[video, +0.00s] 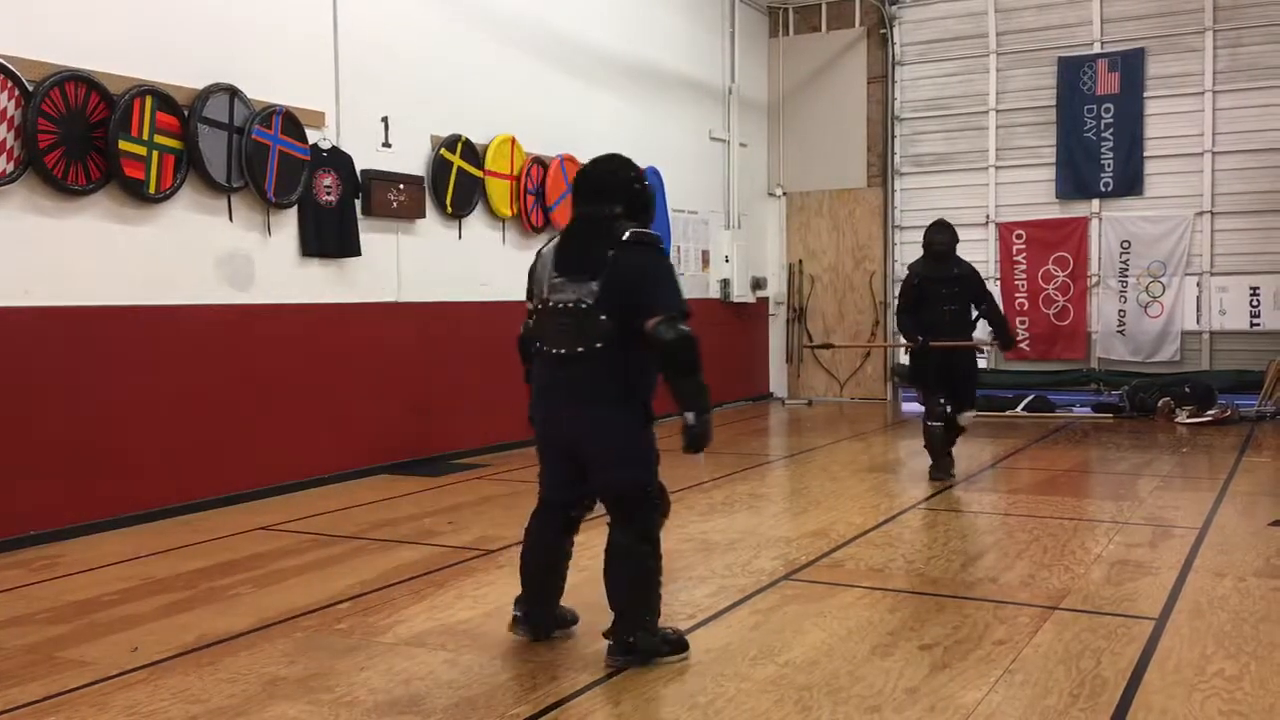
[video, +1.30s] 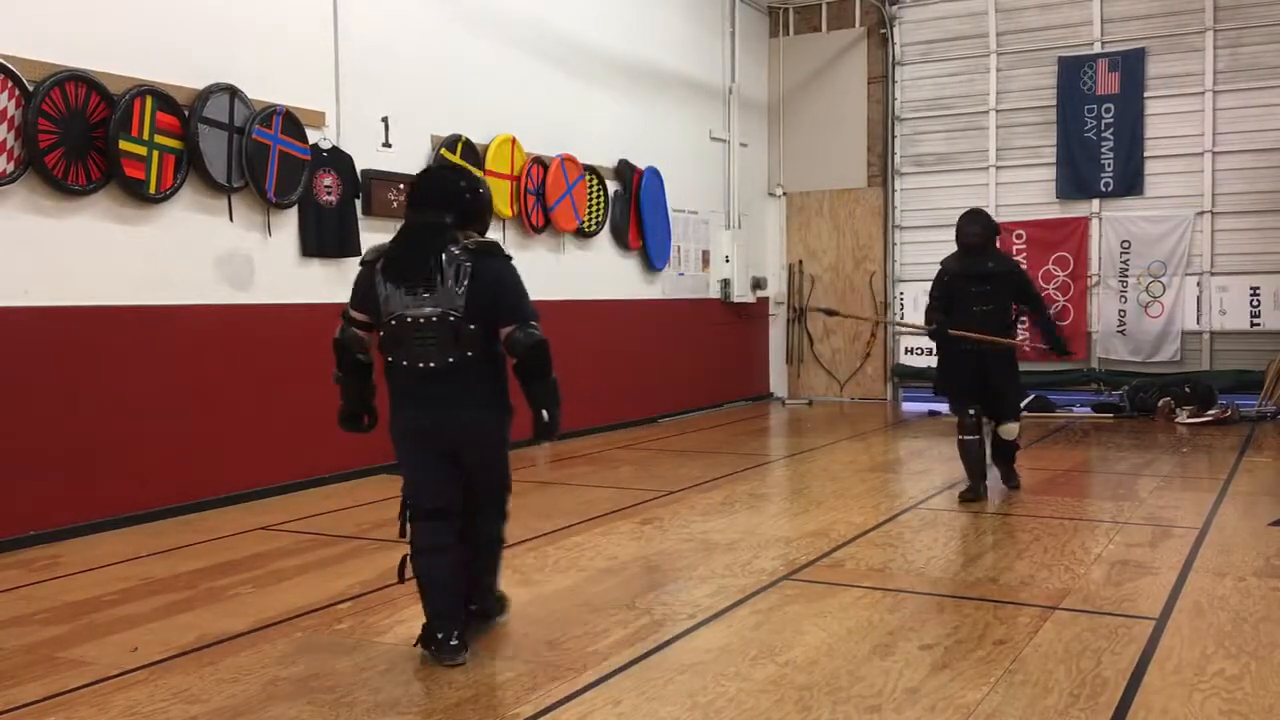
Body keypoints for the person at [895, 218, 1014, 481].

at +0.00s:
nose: (942, 251)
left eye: (947, 245)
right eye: (937, 245)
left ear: (955, 244)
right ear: (927, 244)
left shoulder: (965, 272)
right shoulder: (917, 273)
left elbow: (987, 305)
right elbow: (903, 313)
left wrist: (1005, 335)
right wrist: (913, 337)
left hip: (960, 350)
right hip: (928, 351)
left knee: (964, 410)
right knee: (935, 407)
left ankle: (944, 448)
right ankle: (939, 465)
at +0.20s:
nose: (953, 247)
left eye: (958, 241)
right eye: (948, 241)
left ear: (965, 241)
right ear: (937, 239)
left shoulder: (971, 269)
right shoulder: (924, 269)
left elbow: (989, 303)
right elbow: (909, 311)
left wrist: (1015, 312)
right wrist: (920, 329)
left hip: (968, 345)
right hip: (934, 346)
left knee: (982, 405)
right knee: (937, 406)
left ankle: (971, 458)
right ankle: (939, 465)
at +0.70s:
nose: (988, 244)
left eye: (993, 237)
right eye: (982, 237)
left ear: (1002, 238)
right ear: (972, 237)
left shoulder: (1009, 269)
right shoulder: (958, 268)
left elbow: (1033, 297)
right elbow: (942, 305)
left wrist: (1058, 311)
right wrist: (948, 324)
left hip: (1001, 349)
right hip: (965, 348)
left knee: (1002, 411)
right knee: (964, 409)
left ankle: (1000, 472)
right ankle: (957, 458)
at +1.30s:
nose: (971, 242)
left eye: (978, 235)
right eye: (966, 235)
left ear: (991, 236)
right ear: (959, 236)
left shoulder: (1006, 268)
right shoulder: (951, 269)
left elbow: (1034, 303)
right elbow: (935, 307)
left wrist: (1053, 336)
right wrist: (936, 324)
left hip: (999, 357)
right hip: (960, 357)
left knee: (1008, 421)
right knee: (968, 420)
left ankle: (1005, 462)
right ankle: (976, 482)